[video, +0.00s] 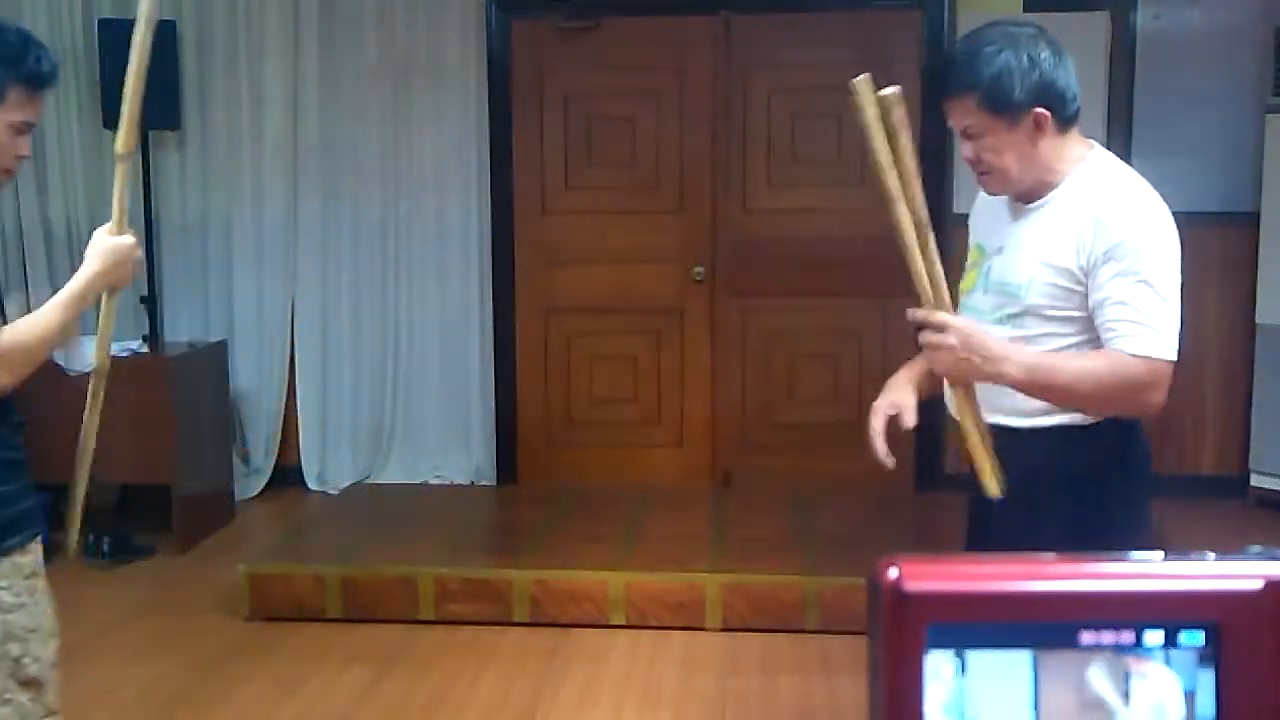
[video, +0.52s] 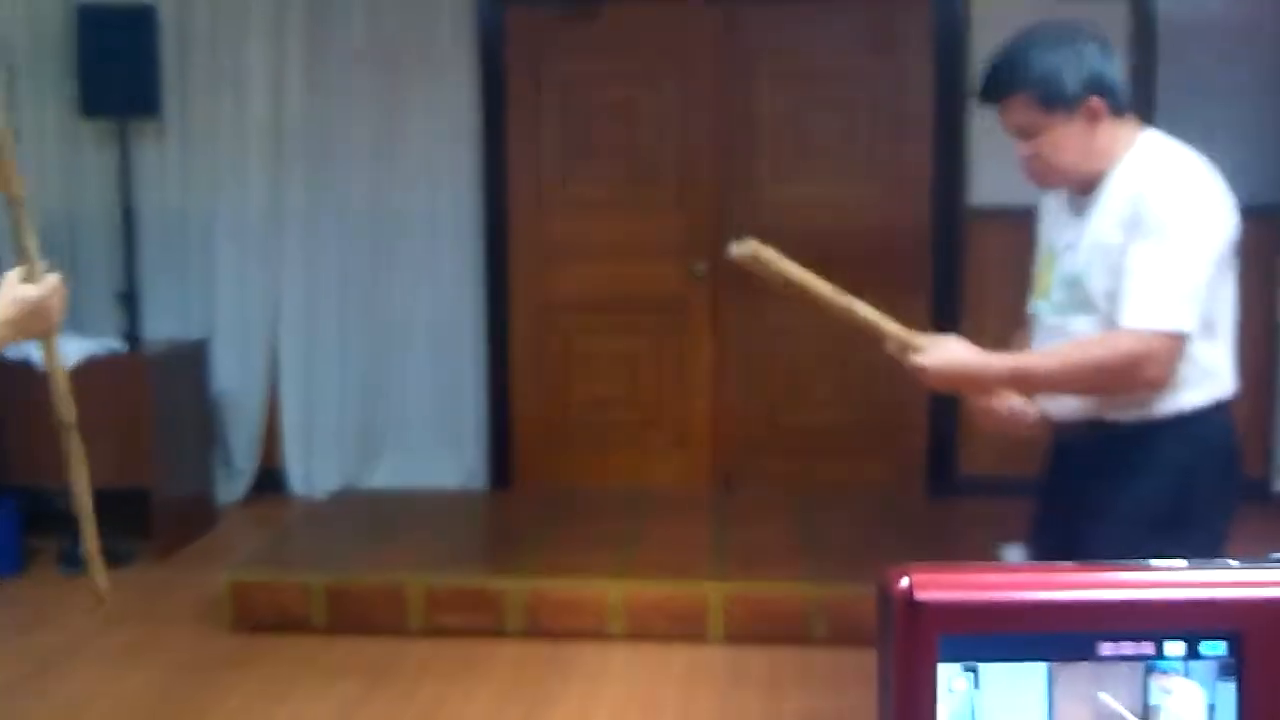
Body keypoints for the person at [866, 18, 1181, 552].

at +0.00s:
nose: (964, 155)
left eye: (974, 136)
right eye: (959, 138)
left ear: (1037, 123)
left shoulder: (1126, 210)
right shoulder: (991, 201)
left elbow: (1144, 384)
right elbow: (984, 325)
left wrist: (1004, 363)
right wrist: (911, 377)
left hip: (1085, 466)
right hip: (999, 464)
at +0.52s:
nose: (1024, 158)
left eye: (1032, 135)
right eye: (1017, 138)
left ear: (1093, 113)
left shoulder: (1178, 187)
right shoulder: (1062, 192)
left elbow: (1147, 359)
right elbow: (1054, 334)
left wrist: (984, 369)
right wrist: (1015, 395)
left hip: (1168, 458)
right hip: (1081, 451)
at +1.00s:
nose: (1127, 155)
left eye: (1136, 135)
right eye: (1120, 137)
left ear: (1202, 115)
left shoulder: (1267, 193)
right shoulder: (1146, 198)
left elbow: (1265, 381)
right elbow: (1136, 340)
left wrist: (1109, 398)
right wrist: (1086, 403)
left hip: (1241, 480)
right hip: (1140, 472)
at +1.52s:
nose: (1179, 185)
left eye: (1184, 164)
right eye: (1172, 168)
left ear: (1253, 140)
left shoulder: (1273, 226)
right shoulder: (1195, 215)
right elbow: (1207, 347)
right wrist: (1153, 444)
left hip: (1262, 481)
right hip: (1182, 473)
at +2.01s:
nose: (1096, 184)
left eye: (1104, 166)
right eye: (1090, 167)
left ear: (1166, 140)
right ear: (1165, 142)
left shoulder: (1265, 212)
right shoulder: (1138, 203)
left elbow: (1277, 402)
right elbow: (1143, 354)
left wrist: (1204, 511)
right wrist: (1081, 449)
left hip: (1221, 492)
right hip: (1121, 482)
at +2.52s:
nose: (952, 214)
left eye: (953, 194)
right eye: (943, 200)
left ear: (1004, 155)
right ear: (1004, 156)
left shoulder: (1134, 198)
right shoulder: (1001, 233)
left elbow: (1244, 338)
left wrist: (1240, 506)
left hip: (1150, 479)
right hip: (1041, 483)